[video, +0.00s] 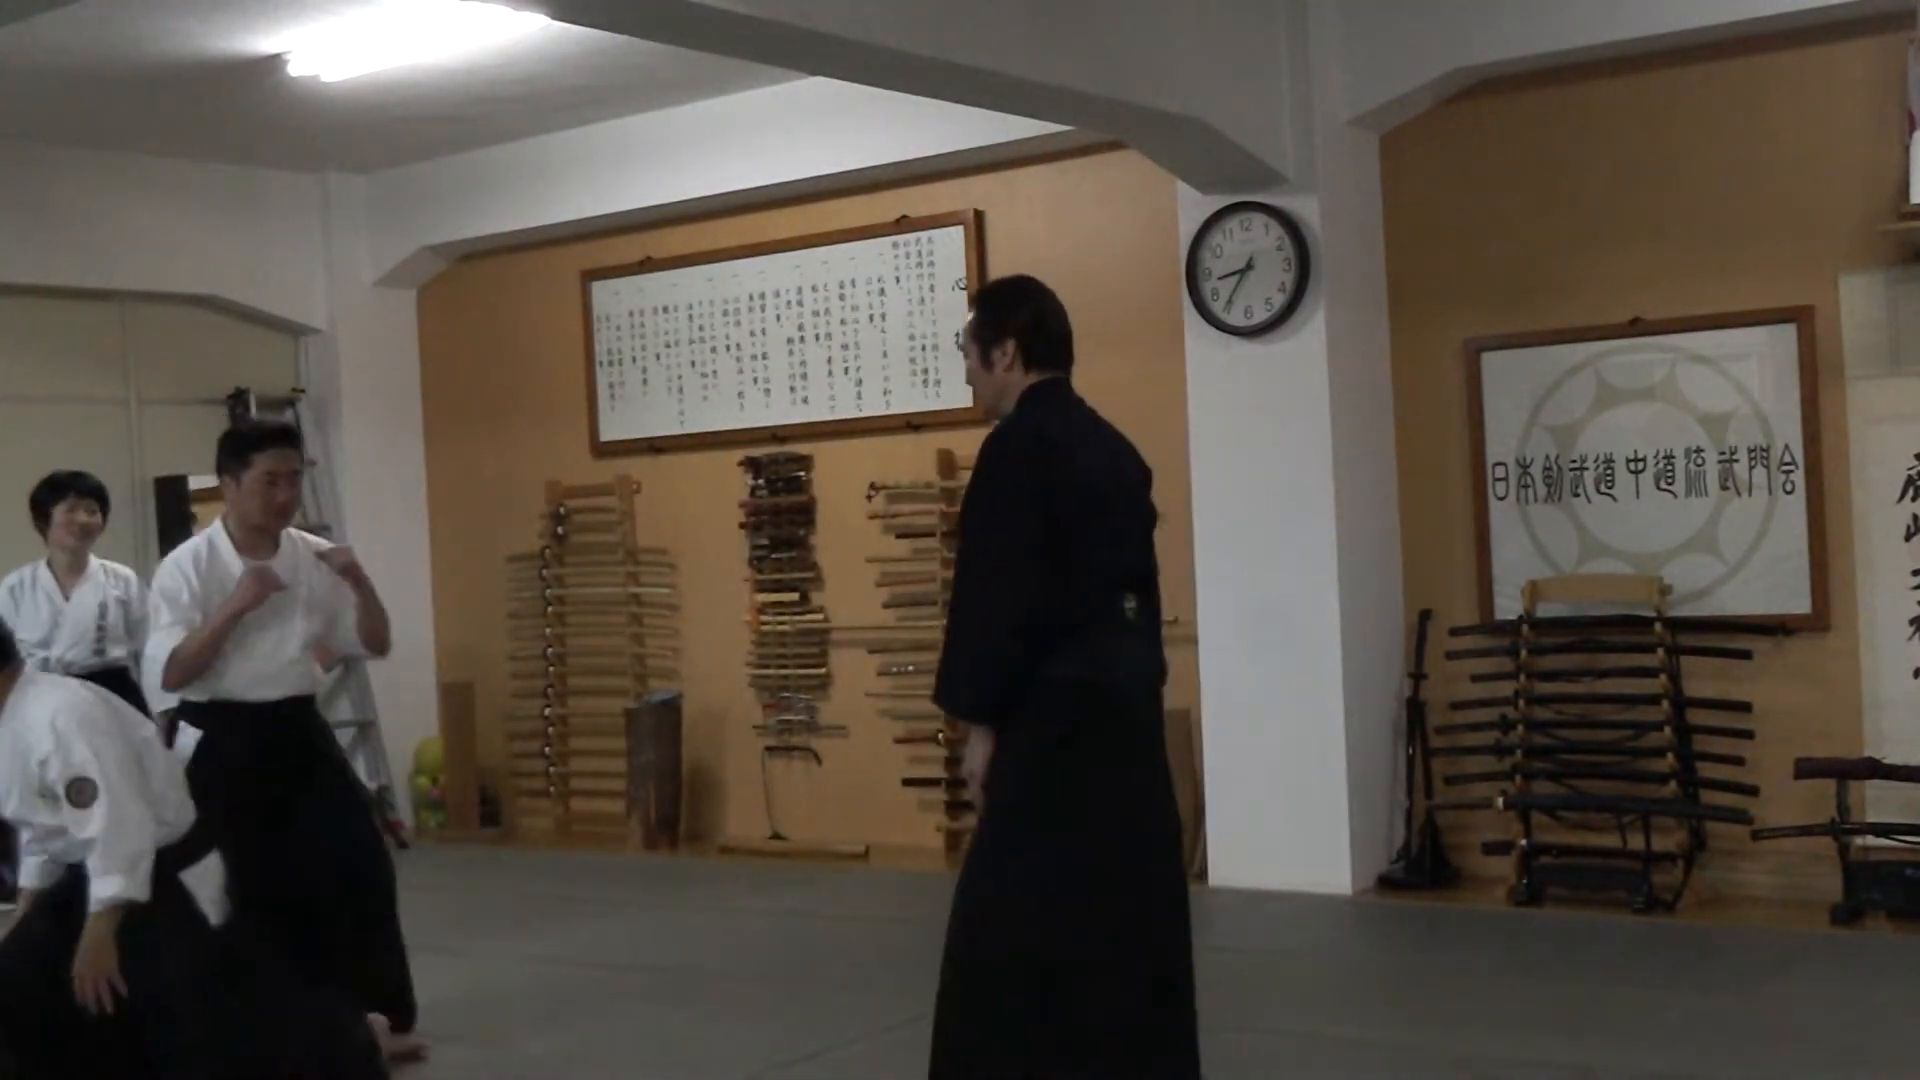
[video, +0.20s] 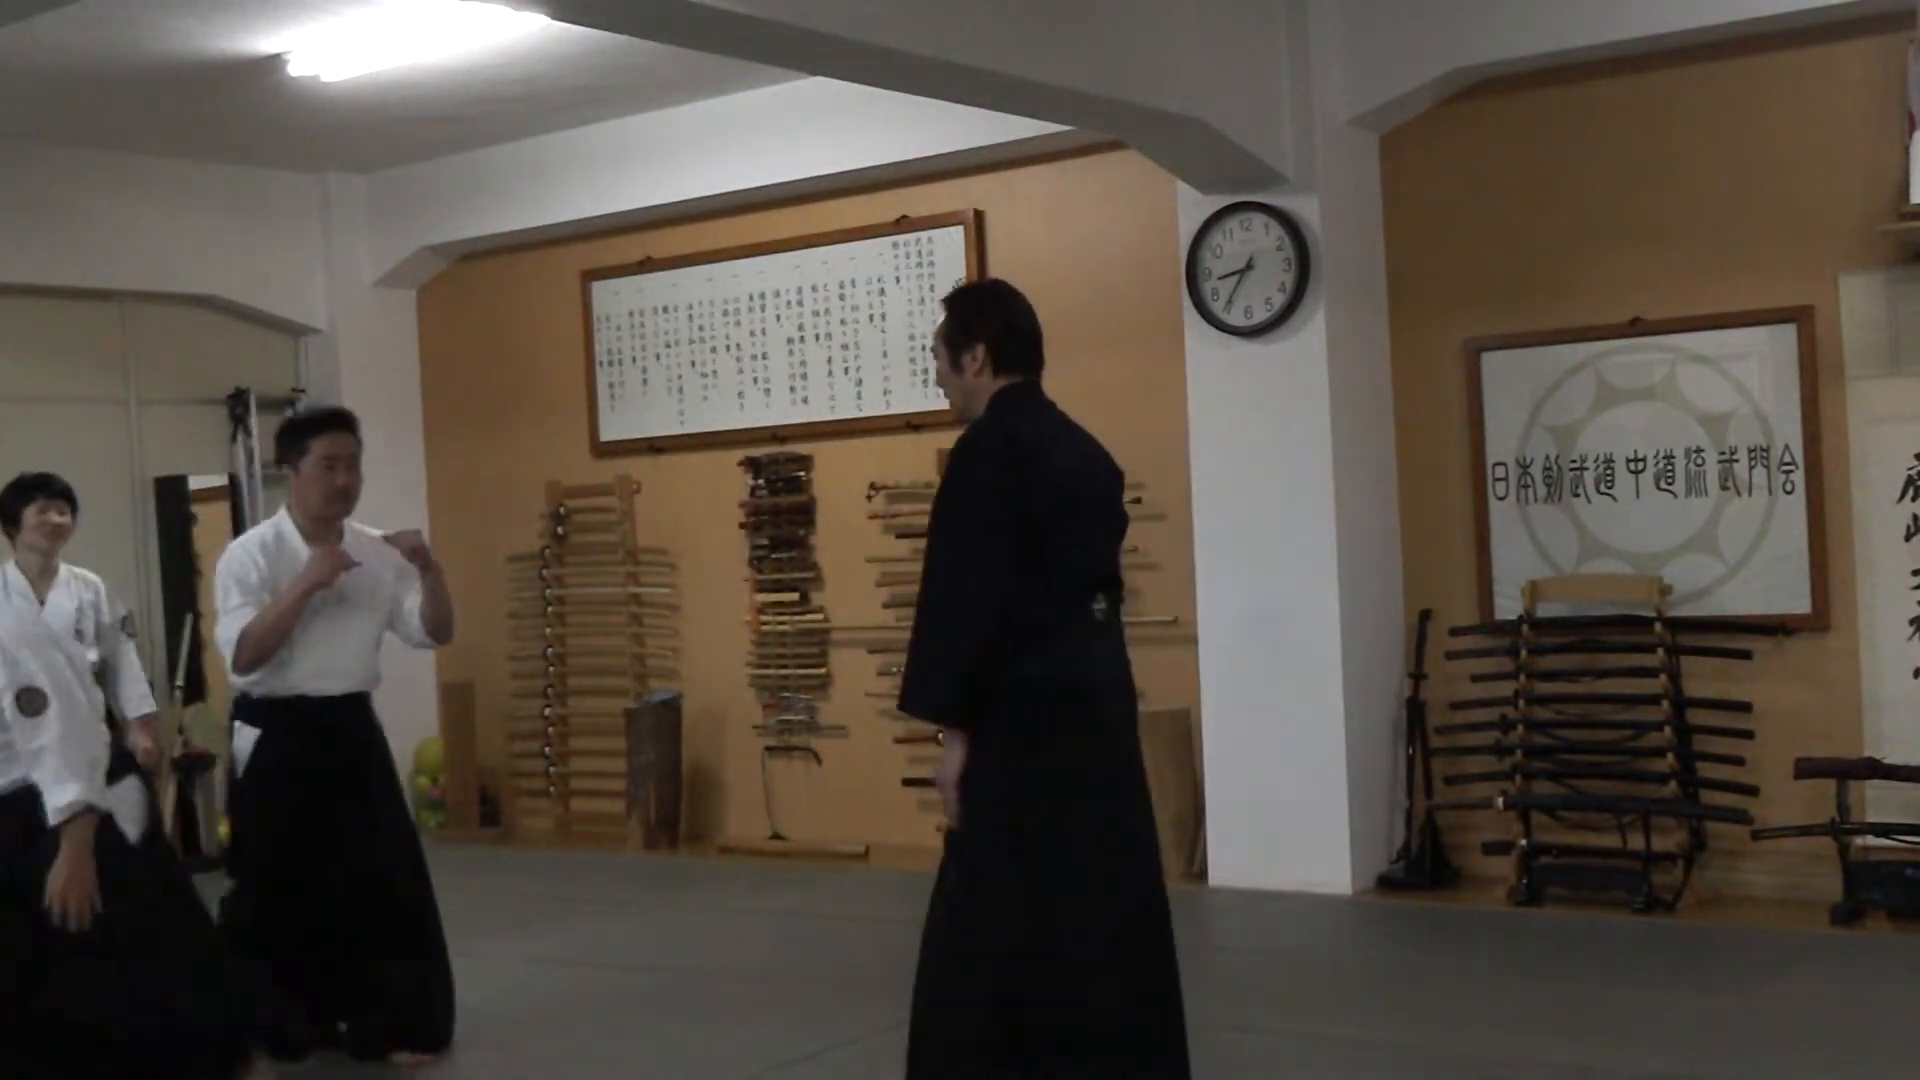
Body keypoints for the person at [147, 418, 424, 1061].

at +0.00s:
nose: (287, 494)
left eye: (295, 480)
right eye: (272, 480)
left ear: (302, 483)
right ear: (229, 484)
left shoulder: (311, 557)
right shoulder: (187, 567)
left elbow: (373, 646)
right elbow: (167, 675)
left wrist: (362, 588)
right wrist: (235, 608)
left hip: (302, 731)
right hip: (224, 740)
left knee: (360, 865)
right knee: (263, 887)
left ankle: (374, 1021)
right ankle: (281, 1032)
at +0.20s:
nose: (345, 479)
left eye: (352, 465)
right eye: (328, 465)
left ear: (361, 474)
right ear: (290, 474)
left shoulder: (377, 554)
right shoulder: (249, 555)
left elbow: (435, 632)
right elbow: (242, 655)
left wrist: (428, 571)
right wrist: (305, 584)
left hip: (353, 733)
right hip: (275, 738)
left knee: (390, 882)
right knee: (277, 891)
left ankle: (405, 1039)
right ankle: (270, 1043)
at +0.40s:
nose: (416, 466)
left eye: (424, 453)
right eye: (400, 450)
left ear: (432, 461)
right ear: (358, 458)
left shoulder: (430, 540)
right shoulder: (312, 539)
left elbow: (493, 628)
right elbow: (309, 639)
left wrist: (483, 553)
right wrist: (381, 563)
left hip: (398, 722)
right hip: (327, 725)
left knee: (416, 870)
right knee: (351, 875)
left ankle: (403, 1022)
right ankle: (349, 1026)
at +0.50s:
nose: (434, 469)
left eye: (443, 456)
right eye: (418, 454)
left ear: (453, 465)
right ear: (376, 464)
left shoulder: (464, 551)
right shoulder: (336, 547)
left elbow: (523, 632)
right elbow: (338, 645)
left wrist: (507, 554)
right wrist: (398, 560)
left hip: (430, 729)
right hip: (356, 732)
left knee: (432, 888)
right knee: (369, 894)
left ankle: (420, 1043)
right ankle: (321, 1057)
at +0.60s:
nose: (452, 470)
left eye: (460, 456)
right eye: (434, 455)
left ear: (469, 466)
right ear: (391, 467)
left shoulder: (482, 557)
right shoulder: (355, 554)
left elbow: (539, 644)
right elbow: (367, 655)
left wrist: (521, 560)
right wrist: (418, 558)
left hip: (473, 750)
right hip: (394, 757)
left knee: (499, 913)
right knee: (396, 935)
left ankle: (405, 1017)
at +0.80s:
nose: (522, 478)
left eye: (530, 464)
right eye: (503, 464)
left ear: (539, 476)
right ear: (457, 482)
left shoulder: (571, 564)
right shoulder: (424, 573)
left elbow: (639, 654)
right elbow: (434, 690)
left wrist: (635, 583)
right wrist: (479, 594)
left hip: (557, 770)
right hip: (462, 776)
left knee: (644, 876)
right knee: (431, 938)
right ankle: (397, 1069)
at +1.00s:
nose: (690, 494)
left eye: (696, 479)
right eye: (672, 476)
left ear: (704, 486)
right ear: (617, 484)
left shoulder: (710, 562)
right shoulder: (543, 567)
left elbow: (787, 546)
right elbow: (479, 678)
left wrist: (826, 495)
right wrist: (554, 635)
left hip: (647, 786)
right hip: (545, 787)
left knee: (714, 974)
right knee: (494, 981)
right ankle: (431, 1061)